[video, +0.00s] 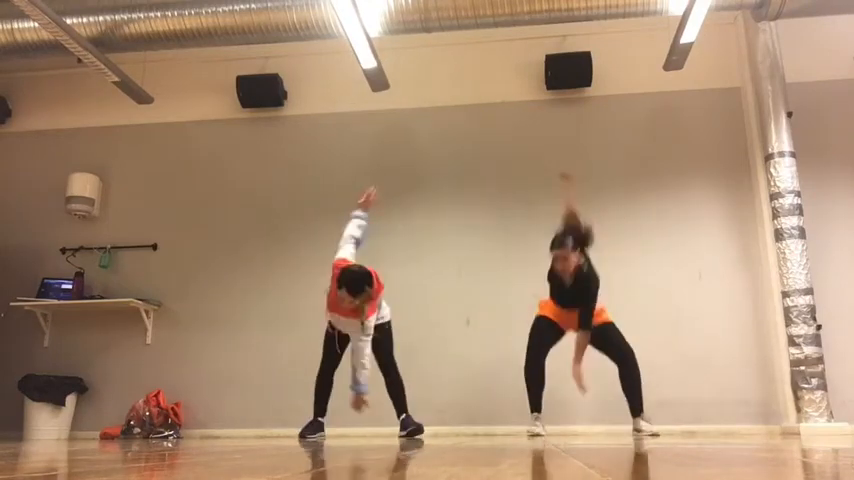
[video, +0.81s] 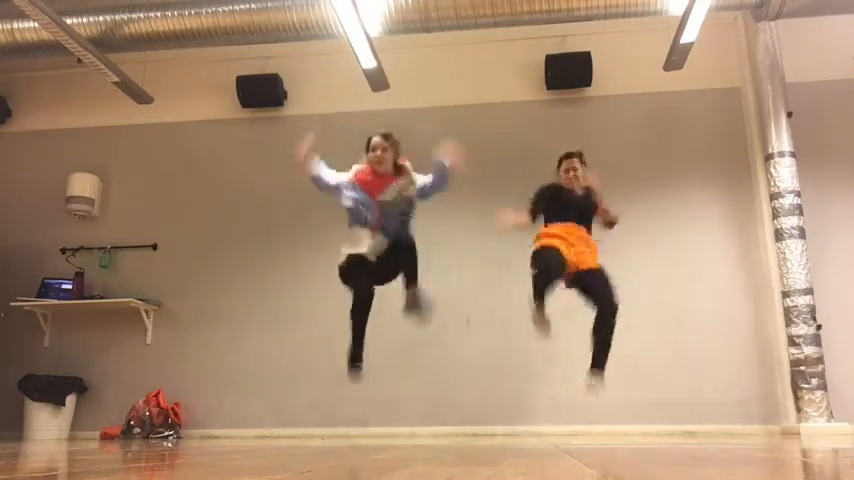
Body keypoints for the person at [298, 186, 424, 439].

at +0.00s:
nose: (348, 300)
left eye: (353, 297)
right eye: (349, 295)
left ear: (361, 295)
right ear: (341, 285)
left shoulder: (370, 307)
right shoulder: (340, 266)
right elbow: (351, 237)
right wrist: (361, 212)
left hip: (372, 324)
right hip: (340, 324)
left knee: (388, 366)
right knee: (326, 370)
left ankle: (404, 418)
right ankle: (318, 421)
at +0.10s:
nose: (356, 287)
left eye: (361, 284)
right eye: (353, 282)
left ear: (367, 281)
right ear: (347, 273)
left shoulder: (374, 296)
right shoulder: (344, 257)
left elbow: (367, 339)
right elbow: (356, 228)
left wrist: (368, 378)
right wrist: (365, 201)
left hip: (380, 317)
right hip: (349, 318)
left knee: (393, 365)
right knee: (329, 367)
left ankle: (405, 419)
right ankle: (318, 420)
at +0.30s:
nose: (359, 211)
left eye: (365, 206)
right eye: (354, 206)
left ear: (376, 209)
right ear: (348, 209)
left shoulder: (393, 230)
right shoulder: (341, 233)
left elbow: (419, 237)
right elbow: (320, 226)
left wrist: (422, 223)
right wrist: (308, 218)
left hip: (394, 308)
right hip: (362, 308)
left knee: (400, 361)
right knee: (330, 340)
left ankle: (408, 419)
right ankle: (337, 396)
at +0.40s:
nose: (356, 188)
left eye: (363, 183)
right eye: (352, 183)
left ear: (373, 188)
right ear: (345, 188)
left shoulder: (389, 210)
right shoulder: (339, 224)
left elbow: (421, 211)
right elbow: (318, 255)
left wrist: (407, 183)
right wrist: (298, 279)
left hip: (397, 289)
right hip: (365, 295)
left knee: (402, 345)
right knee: (338, 336)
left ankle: (423, 403)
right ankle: (350, 397)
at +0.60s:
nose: (363, 184)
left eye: (368, 178)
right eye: (359, 179)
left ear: (378, 184)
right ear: (351, 184)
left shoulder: (389, 219)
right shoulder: (345, 218)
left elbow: (411, 241)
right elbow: (339, 190)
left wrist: (442, 234)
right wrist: (350, 157)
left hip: (384, 293)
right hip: (357, 298)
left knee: (412, 269)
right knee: (357, 363)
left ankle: (447, 264)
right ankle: (361, 418)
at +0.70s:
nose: (372, 160)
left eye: (378, 155)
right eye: (367, 156)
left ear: (389, 160)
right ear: (360, 159)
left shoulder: (399, 192)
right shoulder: (348, 178)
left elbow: (427, 205)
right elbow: (324, 154)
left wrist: (459, 211)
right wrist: (333, 128)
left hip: (388, 268)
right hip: (358, 272)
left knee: (395, 221)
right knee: (357, 338)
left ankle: (432, 248)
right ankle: (355, 402)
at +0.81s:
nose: (378, 155)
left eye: (385, 150)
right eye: (373, 150)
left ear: (395, 154)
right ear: (367, 156)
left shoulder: (406, 182)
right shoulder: (355, 181)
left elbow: (432, 186)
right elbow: (329, 181)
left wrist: (443, 166)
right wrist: (310, 163)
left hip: (386, 261)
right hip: (358, 262)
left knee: (405, 242)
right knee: (364, 292)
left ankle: (412, 296)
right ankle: (356, 354)